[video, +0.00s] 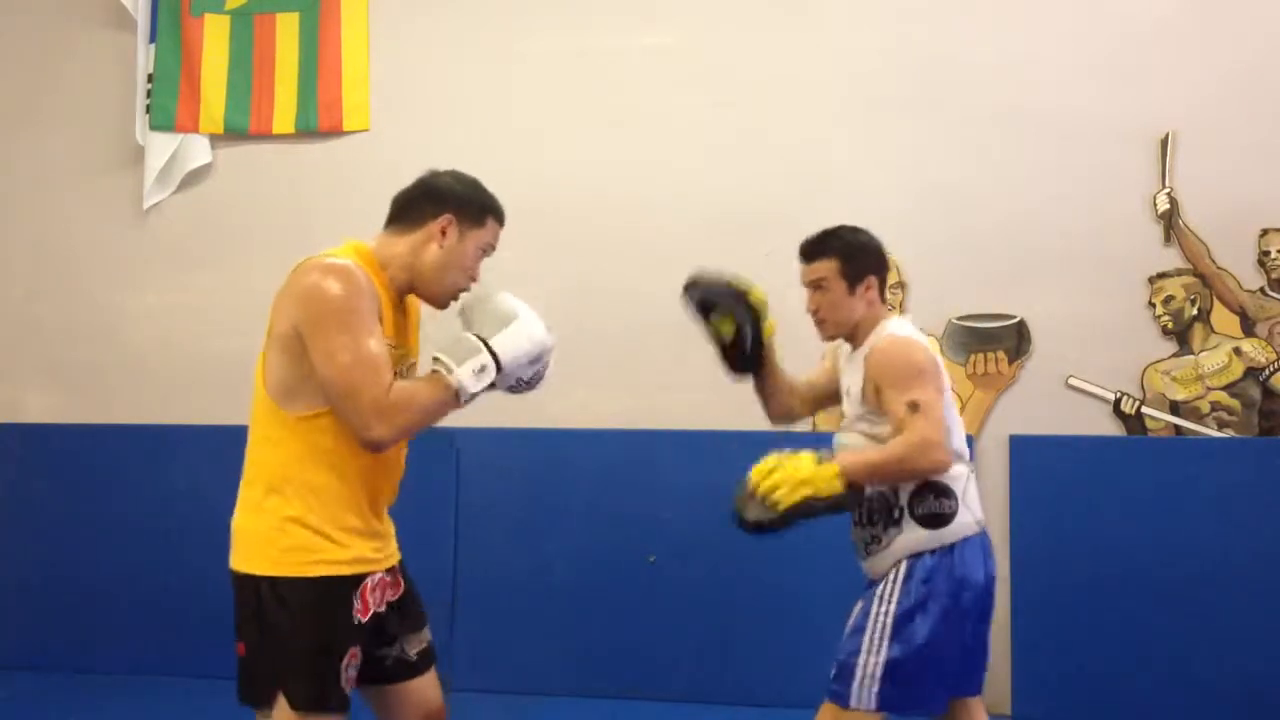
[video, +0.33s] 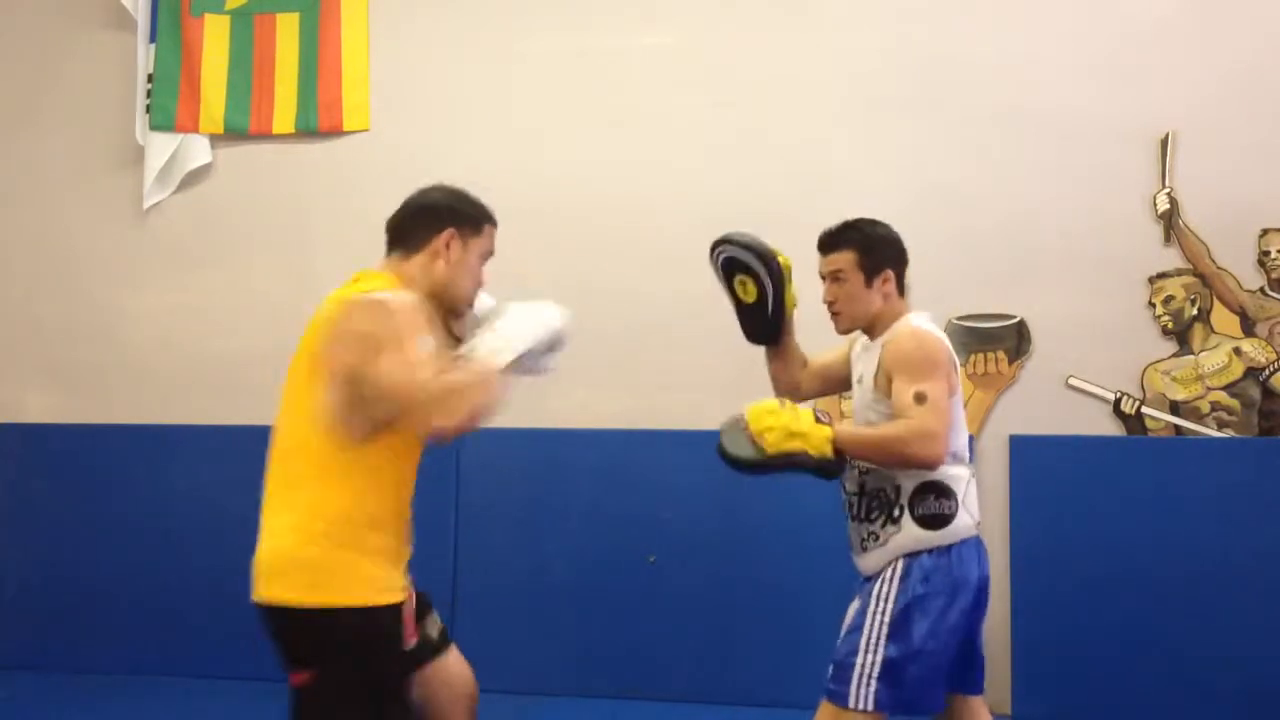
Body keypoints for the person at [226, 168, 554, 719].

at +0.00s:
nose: (477, 275)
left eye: (486, 259)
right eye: (481, 254)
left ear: (441, 234)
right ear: (443, 231)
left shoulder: (399, 301)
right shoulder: (331, 286)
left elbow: (395, 404)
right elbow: (377, 421)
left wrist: (478, 367)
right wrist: (474, 366)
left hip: (368, 550)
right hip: (298, 560)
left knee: (420, 709)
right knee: (303, 711)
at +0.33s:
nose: (484, 278)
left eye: (487, 262)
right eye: (483, 259)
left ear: (442, 248)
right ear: (446, 248)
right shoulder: (383, 306)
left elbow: (437, 410)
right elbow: (433, 411)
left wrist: (482, 348)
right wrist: (498, 352)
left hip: (366, 576)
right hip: (332, 587)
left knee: (451, 691)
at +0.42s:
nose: (491, 261)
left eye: (494, 245)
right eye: (490, 243)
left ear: (435, 233)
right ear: (455, 232)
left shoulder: (343, 297)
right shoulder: (446, 295)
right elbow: (570, 327)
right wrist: (614, 320)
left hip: (307, 558)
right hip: (360, 567)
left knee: (442, 692)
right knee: (350, 711)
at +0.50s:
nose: (507, 256)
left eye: (508, 237)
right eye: (504, 236)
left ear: (435, 233)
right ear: (471, 229)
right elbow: (626, 307)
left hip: (319, 552)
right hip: (377, 564)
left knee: (446, 698)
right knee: (358, 714)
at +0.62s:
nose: (532, 262)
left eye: (533, 245)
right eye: (529, 243)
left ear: (457, 240)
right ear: (497, 239)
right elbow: (625, 385)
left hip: (339, 546)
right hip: (400, 555)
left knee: (458, 690)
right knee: (402, 710)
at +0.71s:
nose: (542, 265)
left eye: (545, 247)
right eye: (541, 245)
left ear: (492, 236)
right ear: (508, 235)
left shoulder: (401, 296)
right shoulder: (498, 300)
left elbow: (449, 412)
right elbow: (562, 421)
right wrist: (604, 415)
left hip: (352, 537)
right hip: (411, 544)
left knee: (453, 700)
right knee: (427, 708)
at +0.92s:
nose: (550, 261)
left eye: (555, 244)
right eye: (550, 240)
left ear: (509, 227)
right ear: (516, 227)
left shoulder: (428, 279)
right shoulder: (472, 291)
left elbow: (432, 400)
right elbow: (500, 427)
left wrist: (513, 363)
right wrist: (579, 379)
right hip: (411, 553)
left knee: (478, 698)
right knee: (430, 708)